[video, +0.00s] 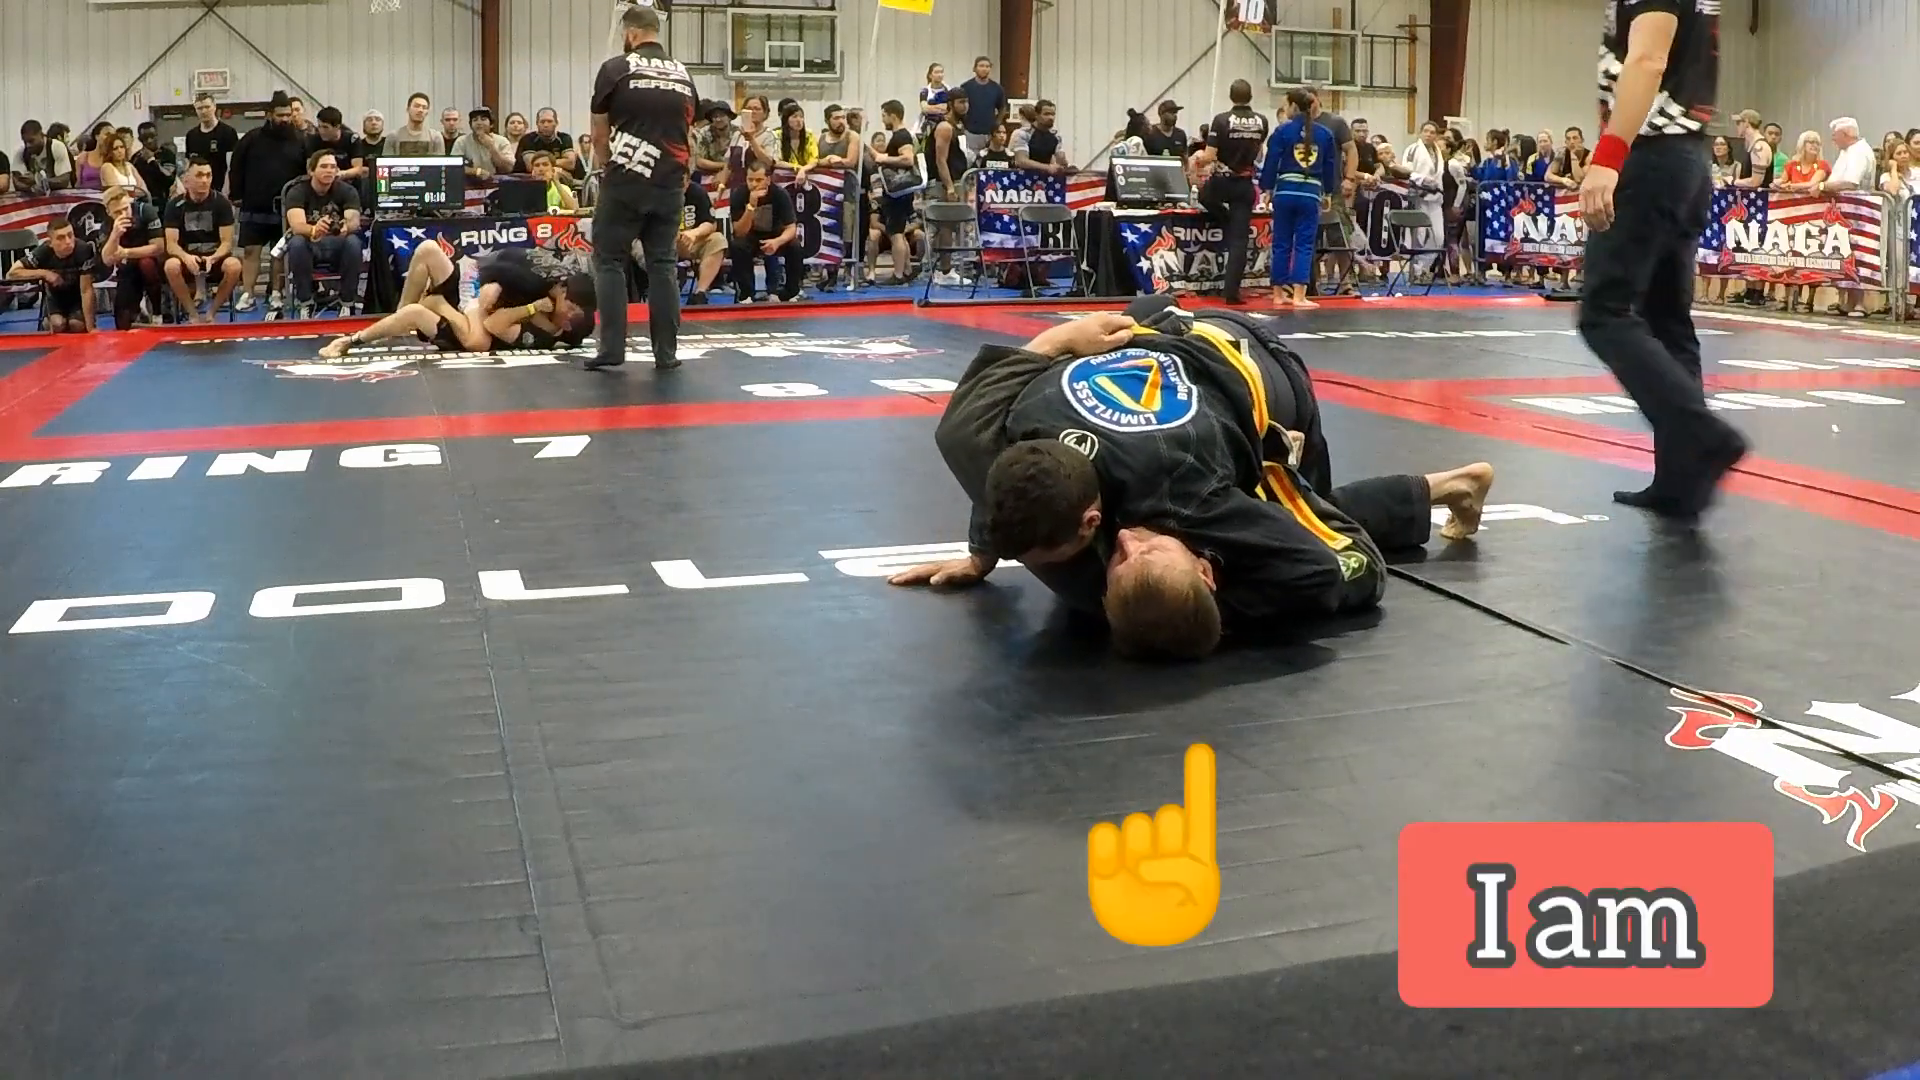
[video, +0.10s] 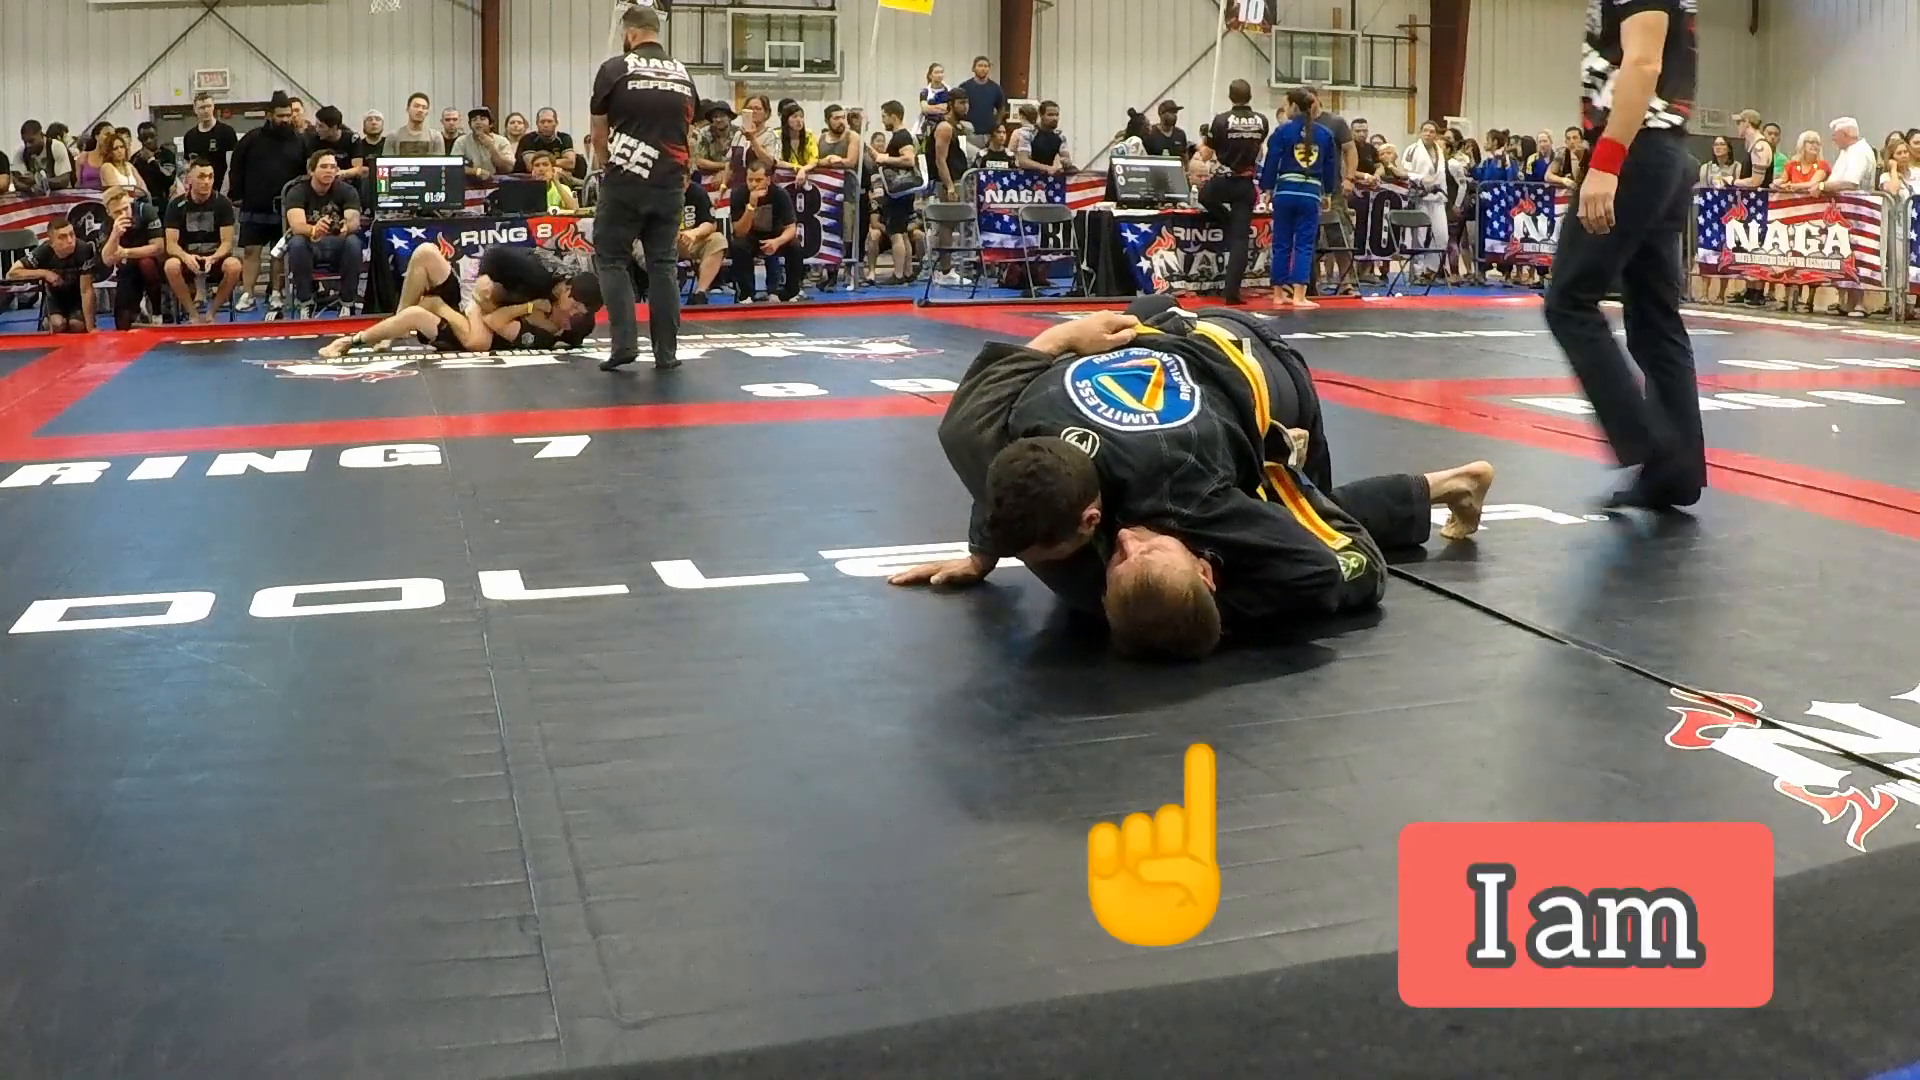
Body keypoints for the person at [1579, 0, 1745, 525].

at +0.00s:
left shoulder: (1657, 3)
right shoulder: (1685, 12)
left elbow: (1648, 62)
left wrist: (1605, 160)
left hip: (1655, 156)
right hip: (1687, 158)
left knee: (1604, 315)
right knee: (1669, 321)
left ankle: (1701, 438)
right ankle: (1677, 483)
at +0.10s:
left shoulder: (1643, 5)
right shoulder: (1661, 13)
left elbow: (1643, 64)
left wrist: (1604, 165)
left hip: (1636, 153)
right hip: (1666, 155)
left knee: (1568, 305)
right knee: (1656, 324)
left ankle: (1647, 454)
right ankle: (1677, 474)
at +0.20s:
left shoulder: (1623, 5)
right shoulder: (1605, 9)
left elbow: (1633, 68)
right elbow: (1620, 78)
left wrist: (1599, 170)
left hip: (1607, 155)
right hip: (1638, 156)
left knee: (1550, 310)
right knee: (1647, 323)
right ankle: (1676, 473)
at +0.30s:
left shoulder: (1599, 5)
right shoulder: (1568, 12)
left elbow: (1611, 76)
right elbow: (1571, 95)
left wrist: (1587, 179)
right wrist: (1534, 172)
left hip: (1582, 164)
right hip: (1613, 162)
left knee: (1539, 322)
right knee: (1637, 322)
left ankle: (1495, 470)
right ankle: (1674, 469)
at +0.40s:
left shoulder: (1566, 4)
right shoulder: (1538, 13)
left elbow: (1576, 82)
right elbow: (1535, 102)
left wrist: (1559, 184)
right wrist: (1490, 171)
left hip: (1546, 169)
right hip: (1574, 167)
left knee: (1513, 328)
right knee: (1612, 320)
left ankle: (1493, 474)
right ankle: (1667, 458)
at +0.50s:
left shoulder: (1531, 6)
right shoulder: (1506, 12)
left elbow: (1537, 80)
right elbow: (1506, 91)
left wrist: (1513, 179)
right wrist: (1463, 163)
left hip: (1509, 159)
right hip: (1537, 157)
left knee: (1495, 328)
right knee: (1563, 313)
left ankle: (1492, 475)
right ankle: (1644, 436)